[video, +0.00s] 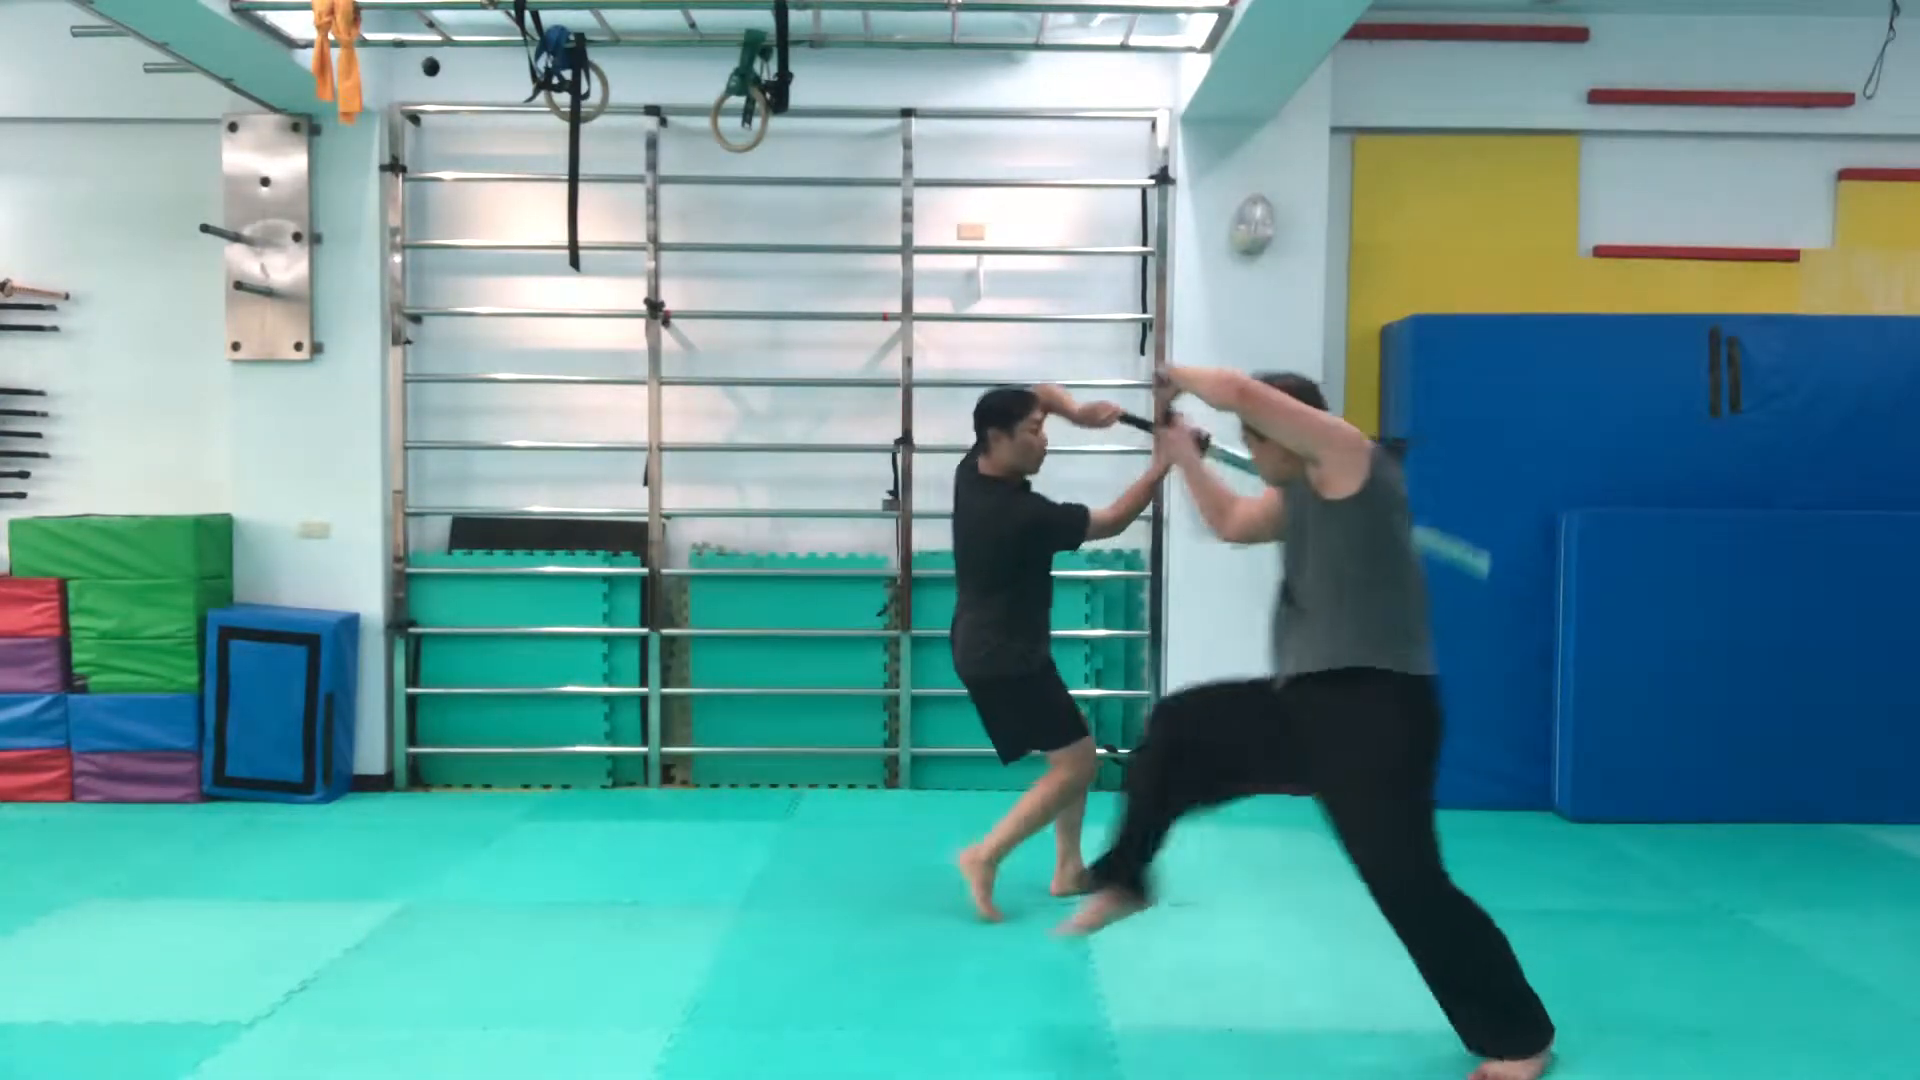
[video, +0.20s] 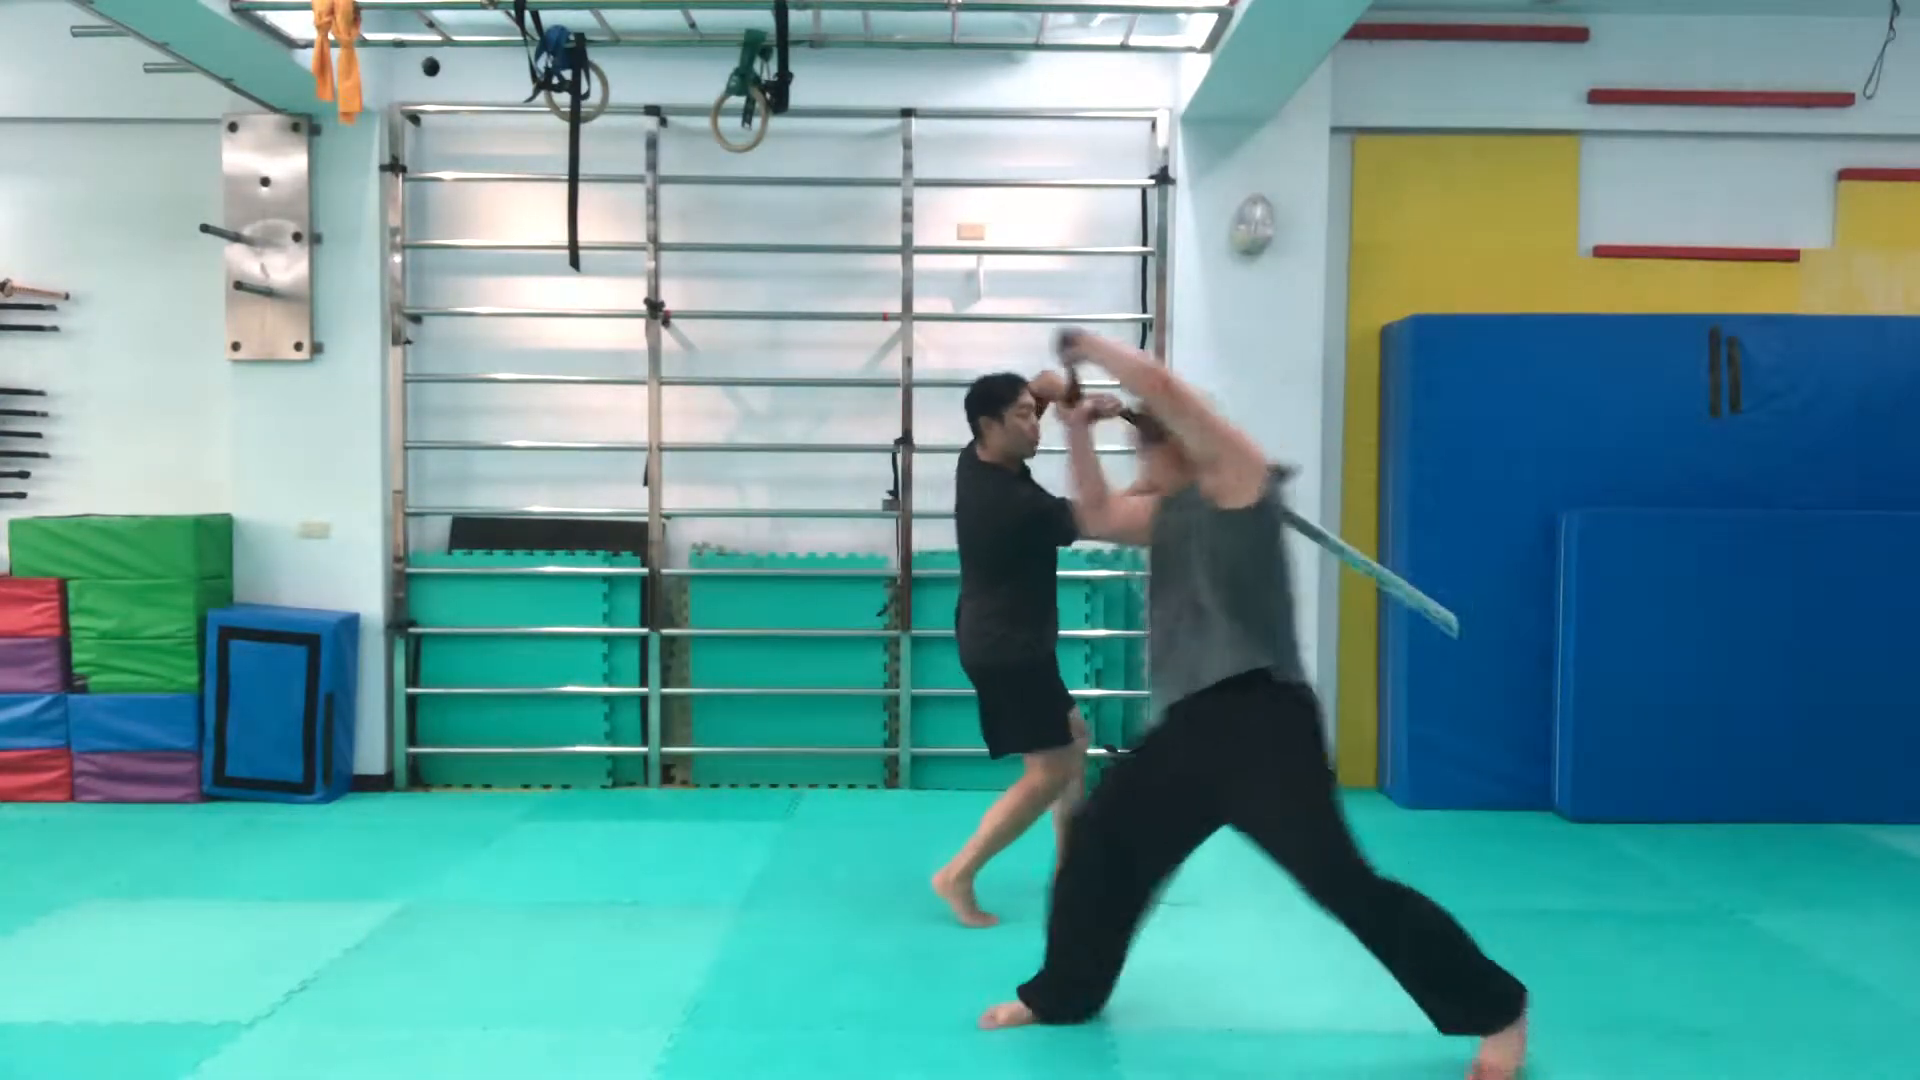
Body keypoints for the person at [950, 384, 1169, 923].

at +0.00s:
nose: (1045, 441)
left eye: (1043, 430)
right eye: (1034, 432)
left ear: (993, 439)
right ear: (998, 439)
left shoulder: (972, 473)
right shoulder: (1022, 512)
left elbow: (1035, 395)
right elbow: (1112, 520)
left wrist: (1076, 413)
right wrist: (1165, 460)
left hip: (984, 646)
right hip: (1010, 656)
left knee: (1072, 751)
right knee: (1077, 761)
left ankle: (1070, 870)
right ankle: (983, 857)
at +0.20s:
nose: (1036, 425)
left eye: (1035, 413)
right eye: (1025, 416)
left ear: (990, 425)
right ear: (990, 426)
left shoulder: (977, 463)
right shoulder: (1016, 499)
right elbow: (1093, 520)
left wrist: (1054, 395)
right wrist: (1148, 487)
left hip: (993, 638)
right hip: (1013, 649)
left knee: (1073, 738)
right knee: (1055, 770)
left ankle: (1075, 872)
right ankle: (957, 875)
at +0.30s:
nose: (1027, 422)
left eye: (1026, 409)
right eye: (1014, 412)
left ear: (979, 420)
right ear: (979, 420)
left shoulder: (971, 464)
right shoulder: (1006, 491)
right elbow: (1084, 523)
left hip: (990, 636)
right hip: (1003, 646)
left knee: (1066, 742)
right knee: (1049, 768)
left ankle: (1075, 869)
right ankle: (953, 877)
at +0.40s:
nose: (1012, 420)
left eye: (1012, 408)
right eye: (1000, 409)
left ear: (966, 419)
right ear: (964, 416)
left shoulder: (961, 466)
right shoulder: (981, 483)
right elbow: (1062, 523)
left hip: (987, 638)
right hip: (990, 644)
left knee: (1047, 746)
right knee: (1029, 772)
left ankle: (1069, 871)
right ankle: (942, 885)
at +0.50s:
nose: (995, 413)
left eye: (996, 402)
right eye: (984, 403)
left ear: (948, 413)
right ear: (948, 411)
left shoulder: (936, 464)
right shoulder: (968, 480)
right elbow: (1041, 523)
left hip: (965, 640)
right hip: (970, 646)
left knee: (1027, 772)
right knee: (1008, 774)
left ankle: (1055, 885)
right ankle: (938, 891)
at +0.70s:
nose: (958, 400)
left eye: (955, 388)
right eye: (945, 390)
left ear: (908, 401)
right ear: (910, 399)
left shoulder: (887, 454)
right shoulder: (931, 472)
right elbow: (1007, 504)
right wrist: (1055, 465)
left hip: (899, 636)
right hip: (935, 640)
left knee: (952, 749)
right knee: (976, 762)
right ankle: (935, 895)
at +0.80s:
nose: (928, 400)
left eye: (926, 388)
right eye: (916, 390)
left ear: (879, 401)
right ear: (882, 399)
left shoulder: (858, 455)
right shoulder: (904, 467)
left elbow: (906, 480)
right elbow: (993, 505)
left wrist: (939, 439)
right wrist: (1037, 456)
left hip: (874, 636)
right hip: (914, 640)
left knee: (912, 744)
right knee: (957, 760)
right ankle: (934, 898)